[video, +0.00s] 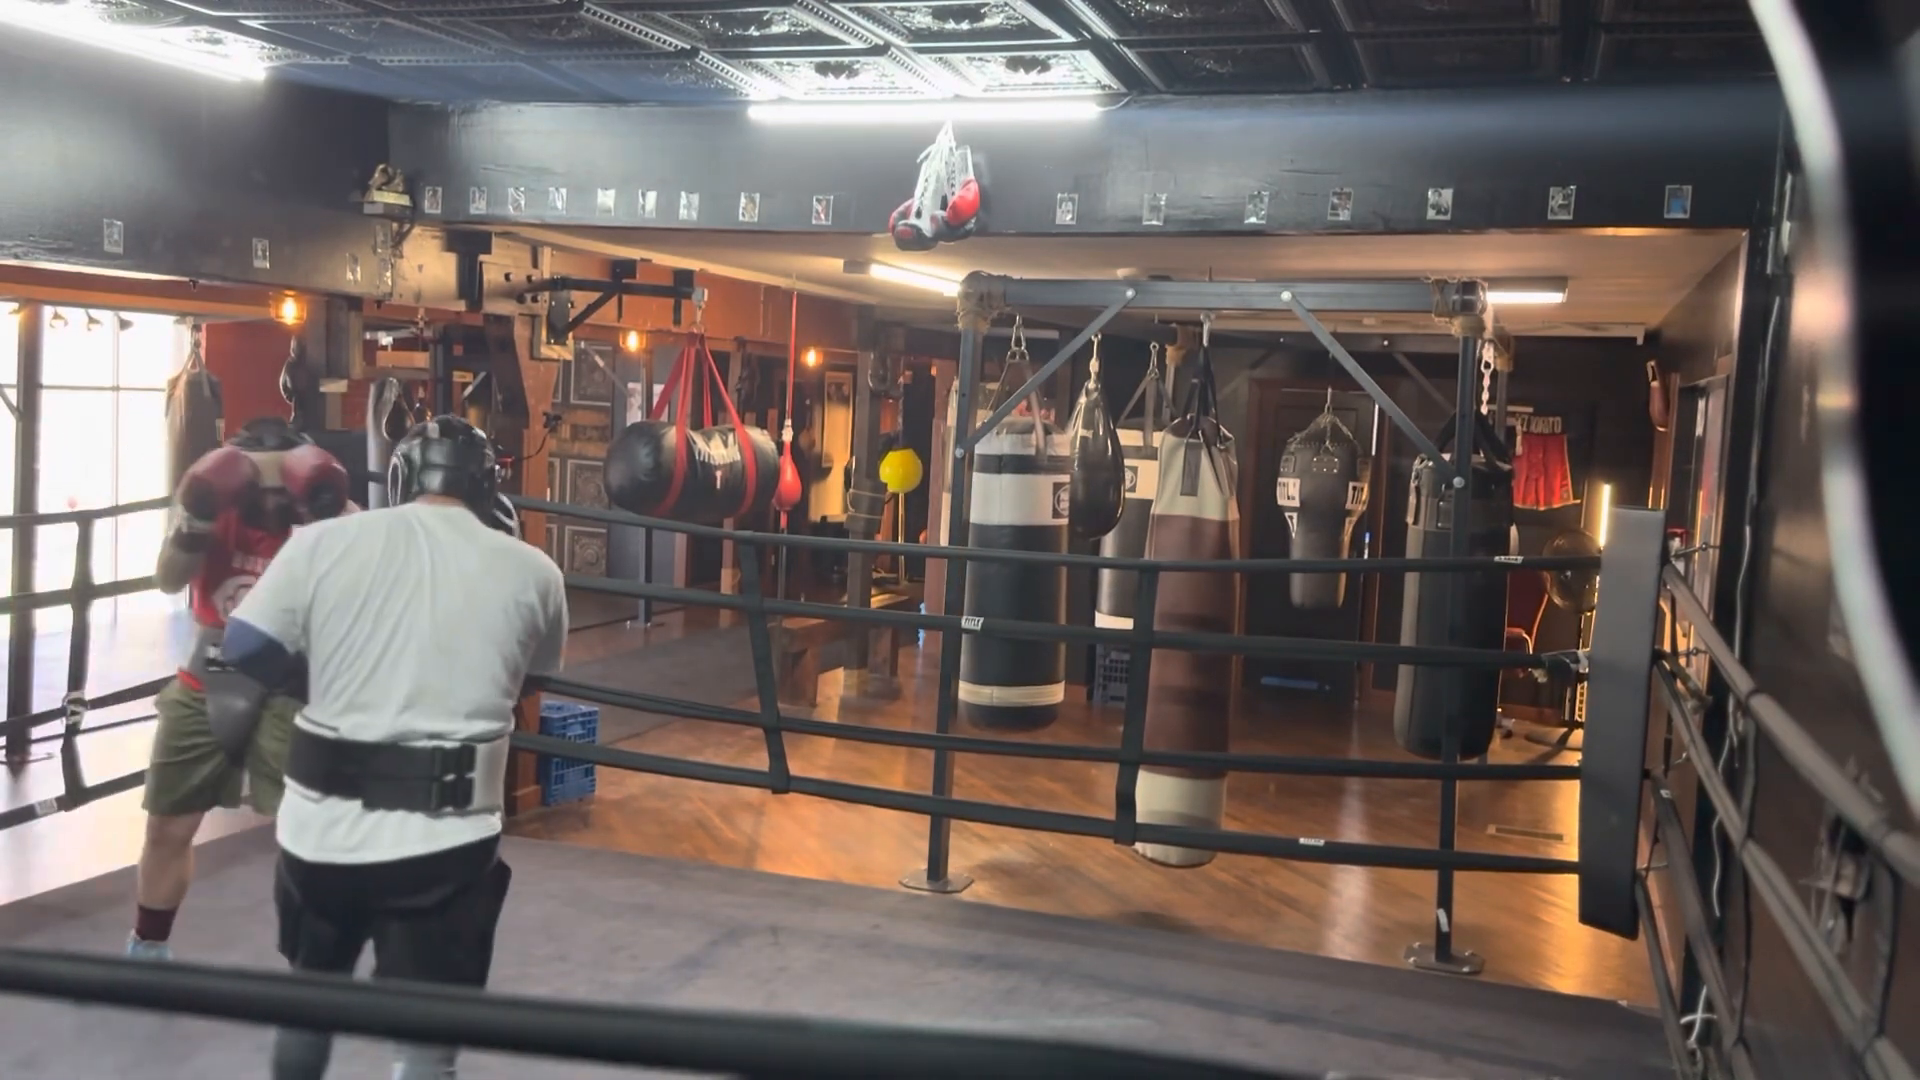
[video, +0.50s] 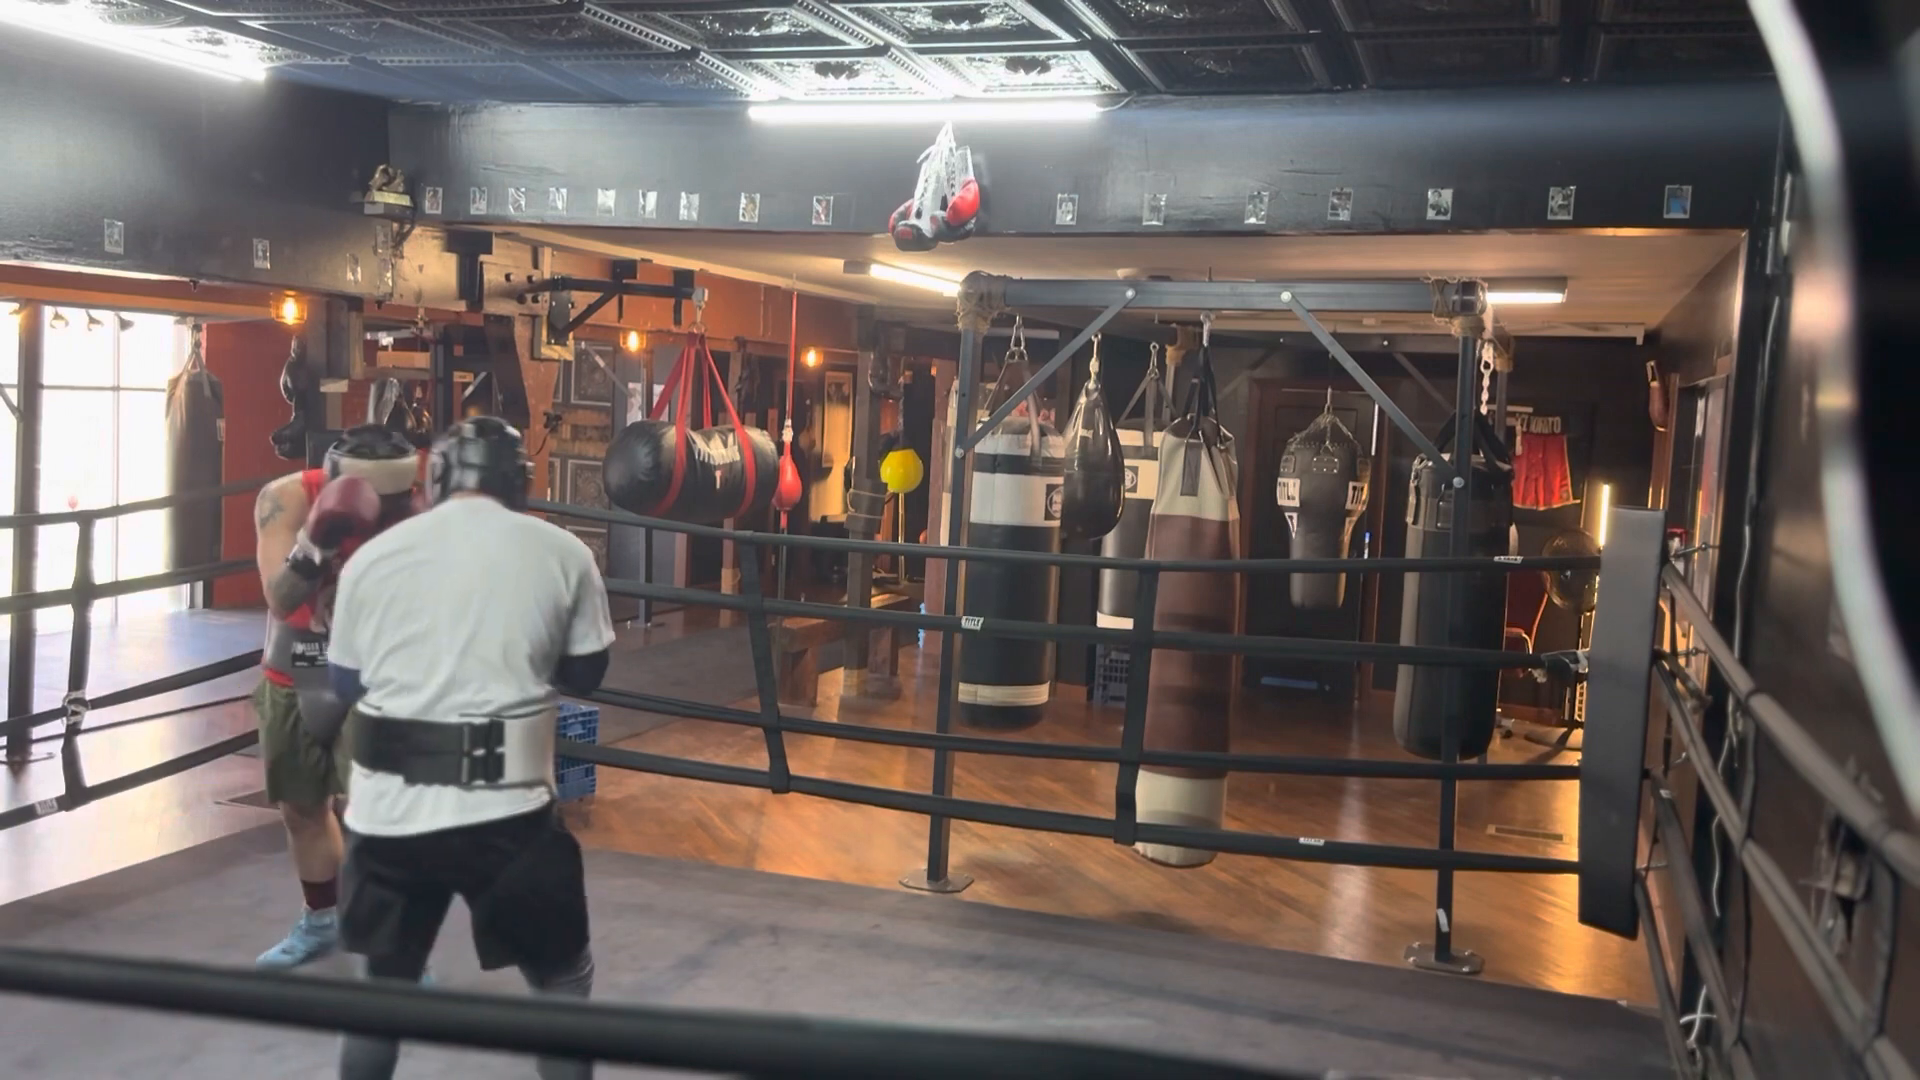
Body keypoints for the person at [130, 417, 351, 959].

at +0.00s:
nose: (266, 486)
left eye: (277, 473)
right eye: (252, 475)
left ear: (298, 467)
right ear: (232, 473)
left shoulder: (322, 519)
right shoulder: (218, 511)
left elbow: (361, 571)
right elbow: (169, 578)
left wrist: (332, 514)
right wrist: (194, 516)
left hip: (290, 689)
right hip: (203, 681)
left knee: (309, 827)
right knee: (167, 827)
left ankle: (322, 959)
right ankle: (146, 956)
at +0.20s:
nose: (325, 479)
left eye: (340, 472)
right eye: (317, 469)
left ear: (356, 473)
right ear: (303, 462)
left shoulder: (381, 501)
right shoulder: (262, 497)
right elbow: (249, 594)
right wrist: (284, 540)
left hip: (354, 689)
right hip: (266, 684)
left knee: (365, 817)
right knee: (226, 817)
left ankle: (380, 945)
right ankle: (192, 931)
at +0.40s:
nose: (370, 484)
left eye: (385, 478)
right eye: (364, 472)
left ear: (405, 477)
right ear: (345, 466)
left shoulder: (415, 512)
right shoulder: (291, 494)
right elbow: (282, 595)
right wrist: (318, 537)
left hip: (376, 684)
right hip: (286, 681)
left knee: (387, 815)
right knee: (268, 804)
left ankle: (410, 948)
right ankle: (278, 910)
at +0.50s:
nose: (379, 496)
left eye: (392, 486)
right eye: (368, 484)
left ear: (405, 476)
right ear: (335, 470)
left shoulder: (411, 507)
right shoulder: (283, 497)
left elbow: (424, 591)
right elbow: (280, 597)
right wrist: (317, 539)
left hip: (373, 681)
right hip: (292, 682)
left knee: (372, 810)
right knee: (303, 811)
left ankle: (392, 940)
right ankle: (322, 921)